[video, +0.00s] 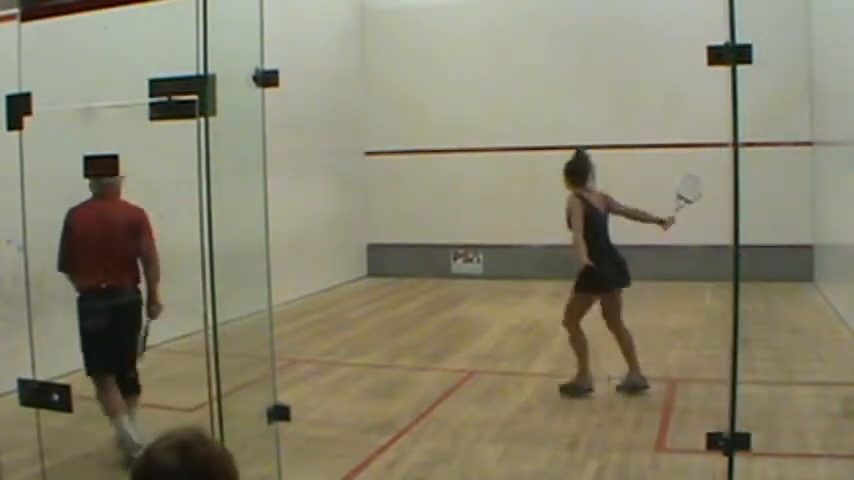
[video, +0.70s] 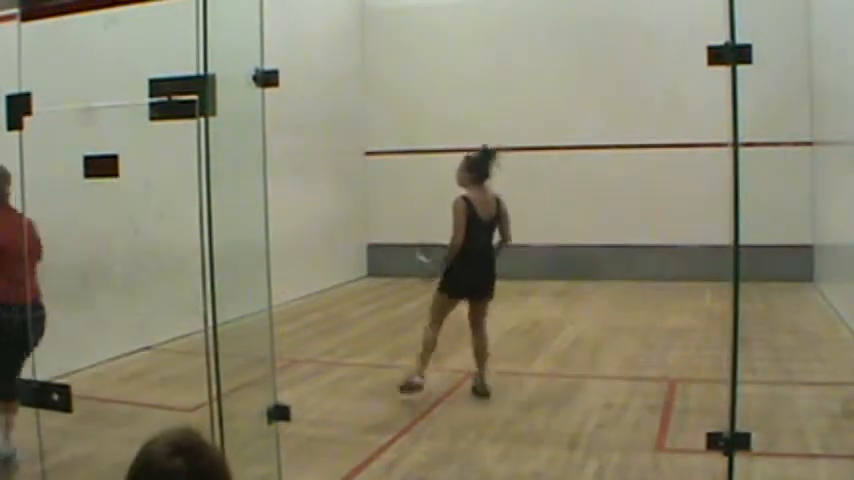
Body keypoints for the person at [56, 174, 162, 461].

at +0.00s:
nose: (116, 186)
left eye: (102, 182)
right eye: (117, 182)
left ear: (92, 185)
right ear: (118, 184)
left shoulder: (76, 215)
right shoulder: (135, 214)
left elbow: (66, 264)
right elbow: (150, 258)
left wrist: (87, 285)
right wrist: (153, 297)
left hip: (92, 303)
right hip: (127, 301)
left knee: (101, 373)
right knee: (127, 368)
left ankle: (125, 433)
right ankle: (131, 433)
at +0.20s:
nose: (75, 190)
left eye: (73, 185)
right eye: (86, 183)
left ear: (72, 188)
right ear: (98, 187)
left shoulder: (59, 222)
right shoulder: (118, 220)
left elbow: (49, 270)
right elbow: (141, 261)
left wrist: (72, 289)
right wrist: (129, 297)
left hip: (77, 309)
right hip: (113, 305)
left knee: (58, 366)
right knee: (113, 367)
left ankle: (84, 427)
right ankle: (127, 430)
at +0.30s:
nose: (73, 189)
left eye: (64, 185)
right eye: (80, 182)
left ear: (58, 188)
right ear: (83, 185)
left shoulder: (47, 222)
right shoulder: (105, 219)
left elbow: (34, 264)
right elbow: (129, 258)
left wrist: (56, 285)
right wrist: (109, 280)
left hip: (66, 309)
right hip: (102, 306)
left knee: (43, 372)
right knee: (109, 368)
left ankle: (41, 447)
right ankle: (129, 430)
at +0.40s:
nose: (58, 190)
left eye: (47, 186)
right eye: (61, 184)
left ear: (40, 189)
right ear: (66, 188)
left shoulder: (30, 225)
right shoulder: (87, 220)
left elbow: (18, 271)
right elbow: (109, 257)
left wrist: (41, 289)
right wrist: (84, 275)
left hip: (52, 313)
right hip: (88, 309)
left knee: (25, 376)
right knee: (100, 368)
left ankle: (16, 447)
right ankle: (127, 429)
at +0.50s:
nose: (27, 192)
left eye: (24, 186)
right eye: (33, 185)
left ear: (20, 189)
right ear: (46, 188)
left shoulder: (10, 226)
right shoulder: (65, 222)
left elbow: (5, 272)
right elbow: (86, 256)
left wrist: (18, 291)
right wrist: (58, 266)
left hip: (29, 314)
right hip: (65, 311)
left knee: (5, 375)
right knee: (82, 368)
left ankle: (11, 451)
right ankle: (120, 427)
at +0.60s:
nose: (24, 191)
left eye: (16, 185)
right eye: (25, 185)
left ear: (2, 188)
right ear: (25, 187)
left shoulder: (2, 220)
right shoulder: (42, 222)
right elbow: (61, 254)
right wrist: (35, 262)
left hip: (8, 312)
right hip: (43, 309)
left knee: (2, 382)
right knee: (46, 366)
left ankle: (7, 450)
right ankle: (73, 427)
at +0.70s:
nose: (7, 189)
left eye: (5, 183)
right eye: (6, 184)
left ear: (4, 186)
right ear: (9, 186)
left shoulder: (19, 225)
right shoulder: (23, 224)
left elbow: (36, 255)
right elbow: (36, 254)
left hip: (12, 310)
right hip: (27, 310)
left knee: (9, 379)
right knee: (9, 379)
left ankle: (8, 444)